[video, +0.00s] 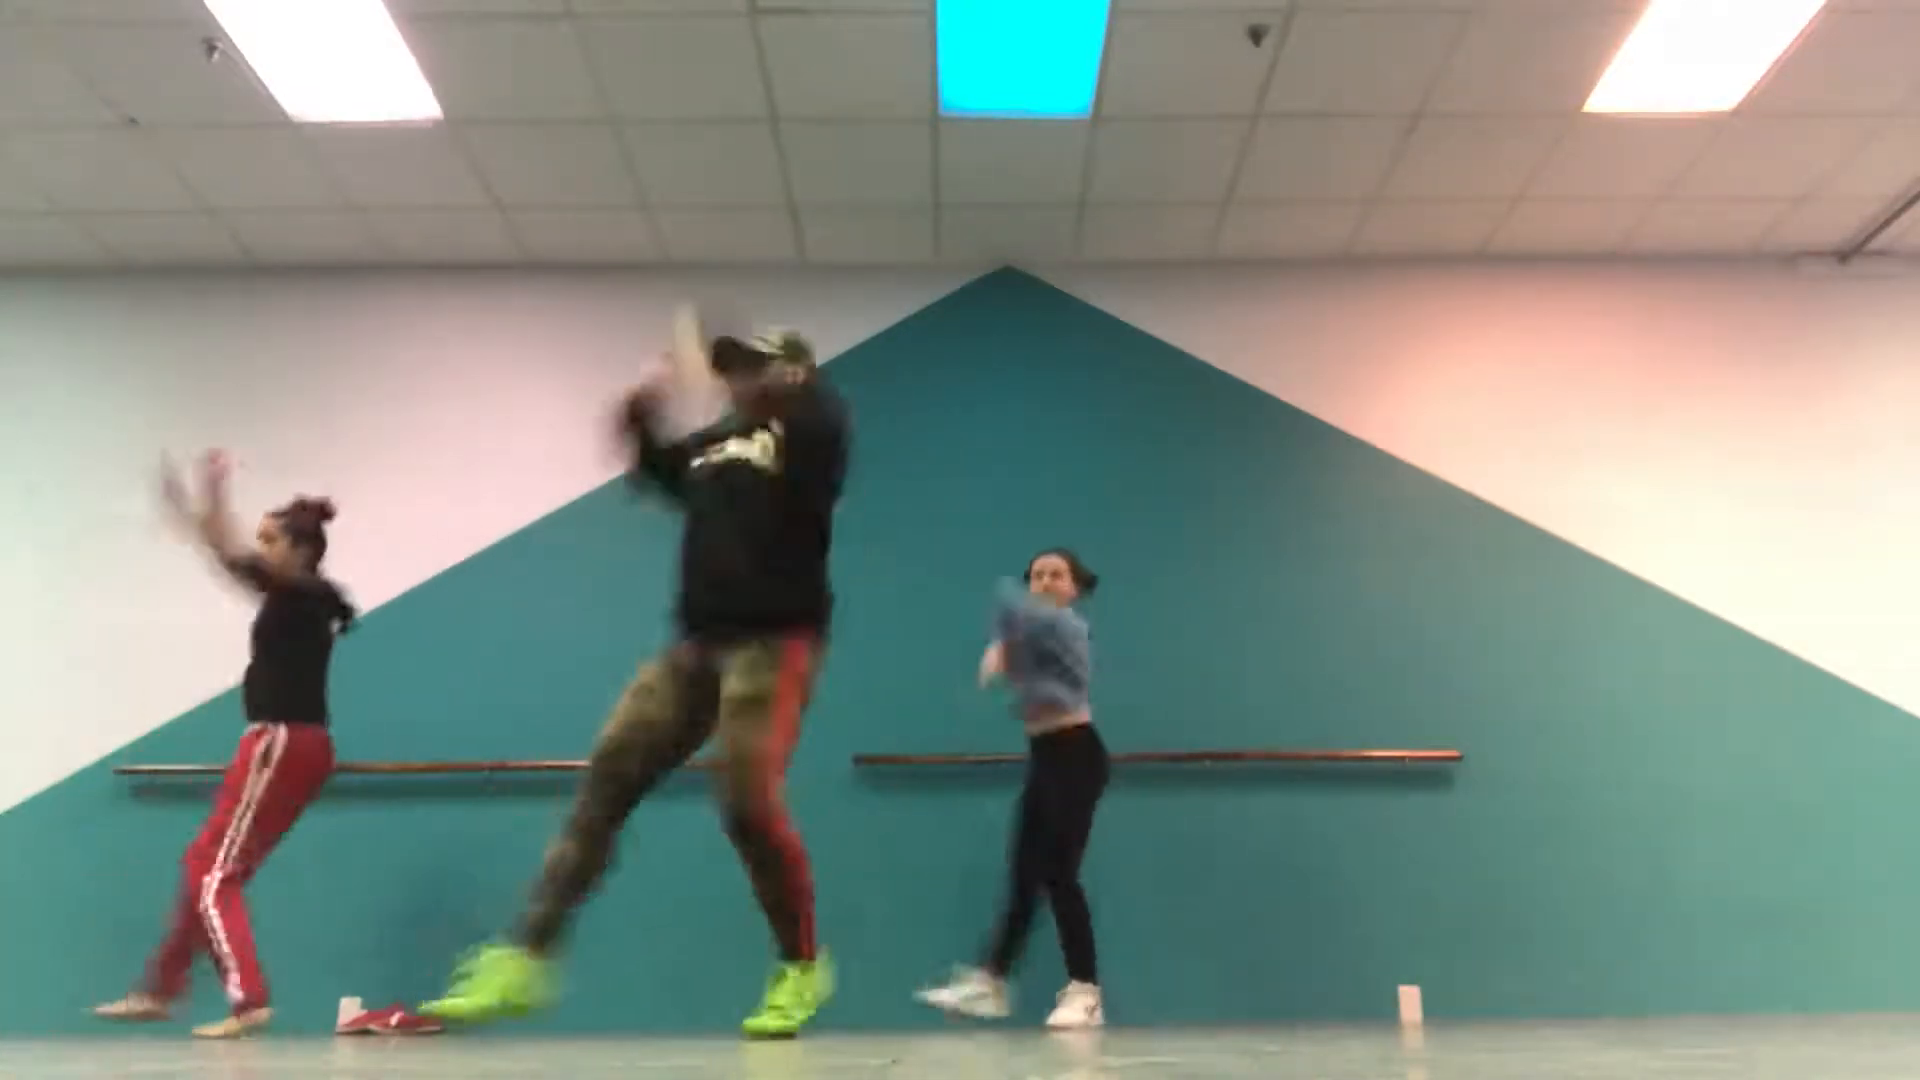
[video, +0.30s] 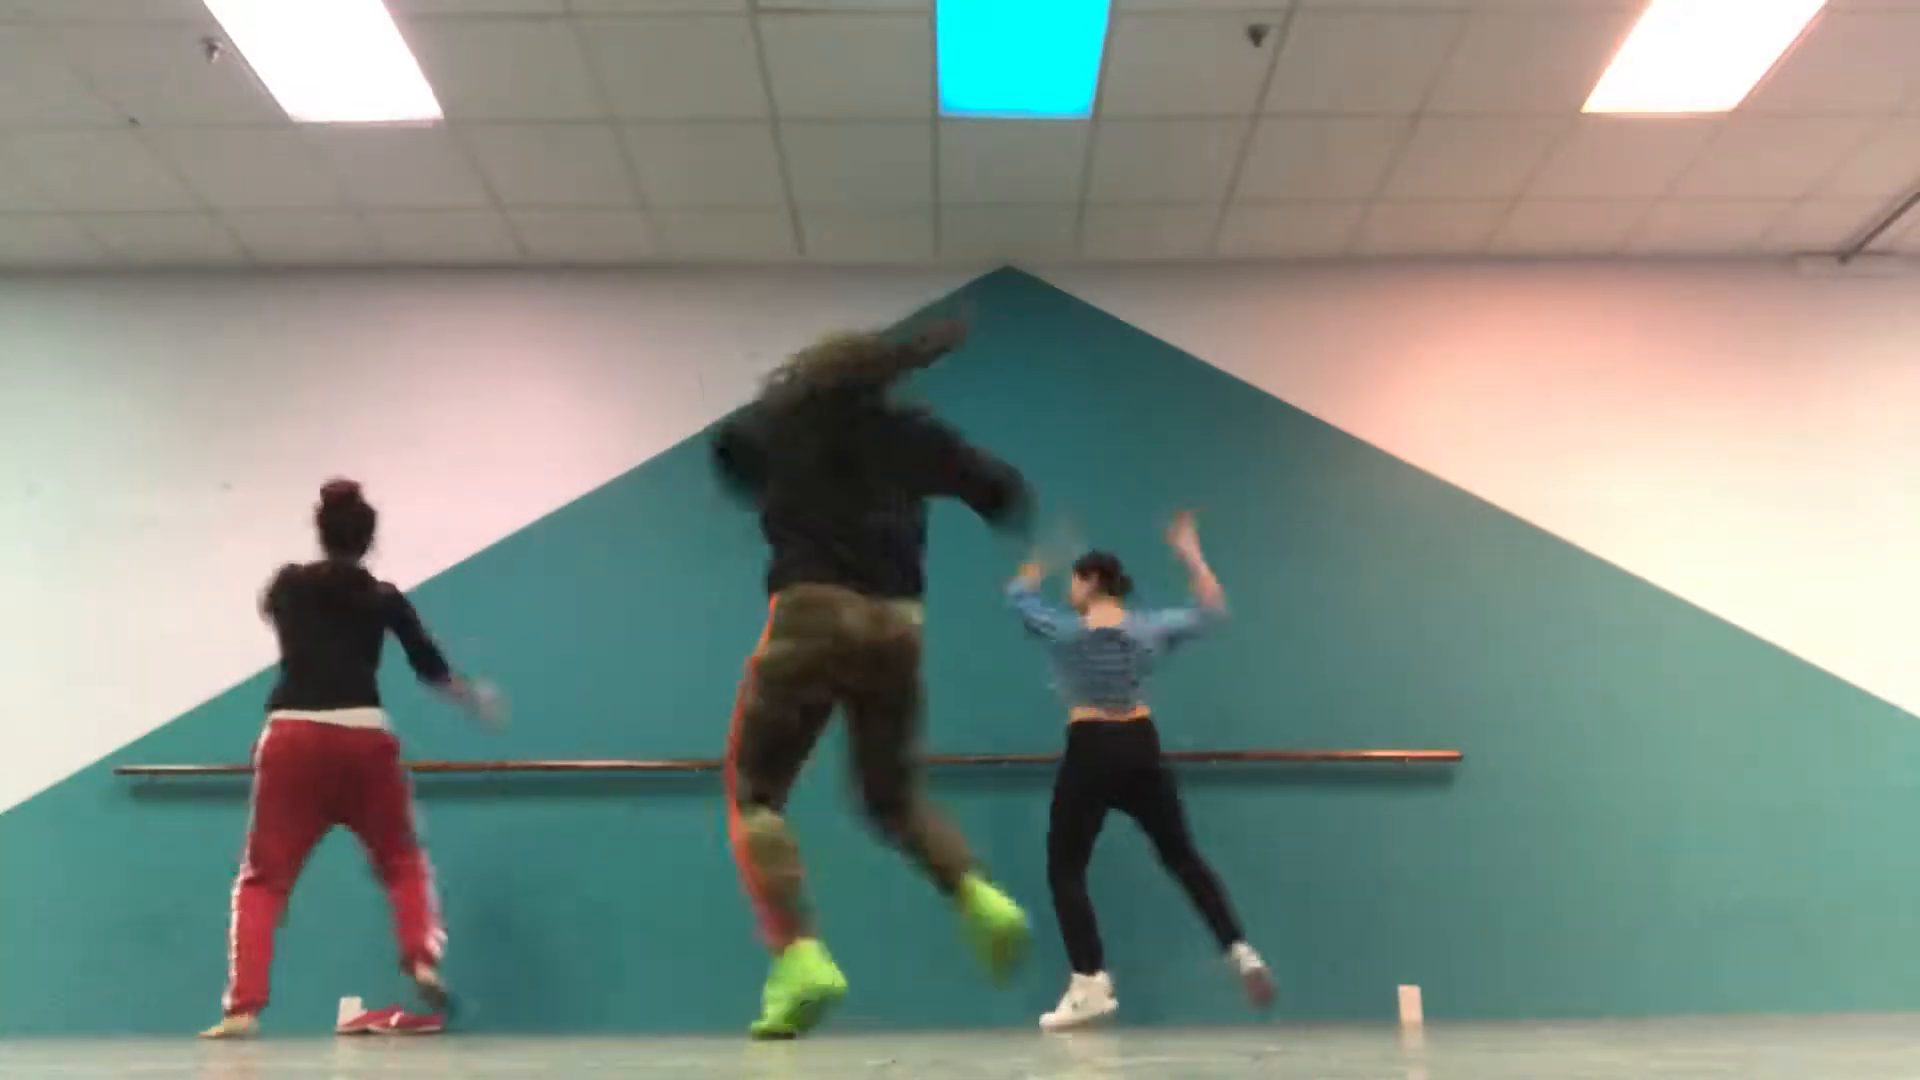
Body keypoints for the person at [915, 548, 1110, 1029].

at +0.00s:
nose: (1046, 583)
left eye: (1057, 575)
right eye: (1038, 576)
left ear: (1076, 588)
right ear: (1028, 586)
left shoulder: (1069, 626)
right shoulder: (1027, 629)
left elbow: (1027, 618)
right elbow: (1009, 657)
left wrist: (1009, 602)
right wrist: (1003, 651)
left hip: (1077, 749)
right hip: (1045, 752)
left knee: (1059, 871)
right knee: (1026, 869)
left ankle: (1084, 989)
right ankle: (991, 980)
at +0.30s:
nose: (1071, 588)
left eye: (1075, 580)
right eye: (1073, 580)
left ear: (1092, 583)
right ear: (1115, 585)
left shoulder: (1065, 631)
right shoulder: (1149, 628)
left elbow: (1018, 598)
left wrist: (1032, 572)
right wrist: (1191, 553)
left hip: (1090, 747)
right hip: (1141, 745)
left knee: (1066, 869)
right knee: (1180, 855)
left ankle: (1089, 982)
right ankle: (1239, 949)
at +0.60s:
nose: (1178, 659)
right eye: (1176, 653)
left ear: (1129, 656)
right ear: (1171, 655)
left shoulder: (1107, 699)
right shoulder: (1191, 692)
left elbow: (1082, 729)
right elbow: (1267, 713)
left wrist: (1127, 729)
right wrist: (1213, 722)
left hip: (1137, 817)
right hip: (1194, 812)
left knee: (1082, 906)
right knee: (1245, 898)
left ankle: (1073, 995)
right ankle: (1273, 994)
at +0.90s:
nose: (1070, 610)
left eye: (1078, 600)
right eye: (1070, 603)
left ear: (1097, 601)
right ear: (1082, 605)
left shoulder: (1115, 636)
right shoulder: (1076, 644)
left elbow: (1077, 582)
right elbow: (1035, 608)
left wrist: (1058, 522)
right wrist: (1051, 555)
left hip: (1099, 763)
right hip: (1080, 764)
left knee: (1048, 878)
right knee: (1054, 880)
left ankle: (1084, 988)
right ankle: (1139, 947)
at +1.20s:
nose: (1015, 631)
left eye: (1028, 625)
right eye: (1012, 624)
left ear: (1051, 636)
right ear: (1005, 633)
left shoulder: (1069, 691)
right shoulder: (990, 683)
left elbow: (1100, 753)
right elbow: (938, 729)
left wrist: (1078, 806)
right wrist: (926, 781)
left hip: (1048, 796)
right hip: (1000, 796)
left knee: (1006, 886)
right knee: (944, 888)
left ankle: (1072, 986)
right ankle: (922, 998)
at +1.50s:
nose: (1040, 579)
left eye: (1052, 571)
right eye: (1036, 571)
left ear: (1074, 585)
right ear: (1030, 583)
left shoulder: (1072, 628)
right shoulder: (1036, 634)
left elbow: (1096, 685)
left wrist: (1100, 739)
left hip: (1064, 738)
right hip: (1033, 741)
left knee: (1047, 863)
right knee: (1026, 864)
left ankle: (1081, 987)